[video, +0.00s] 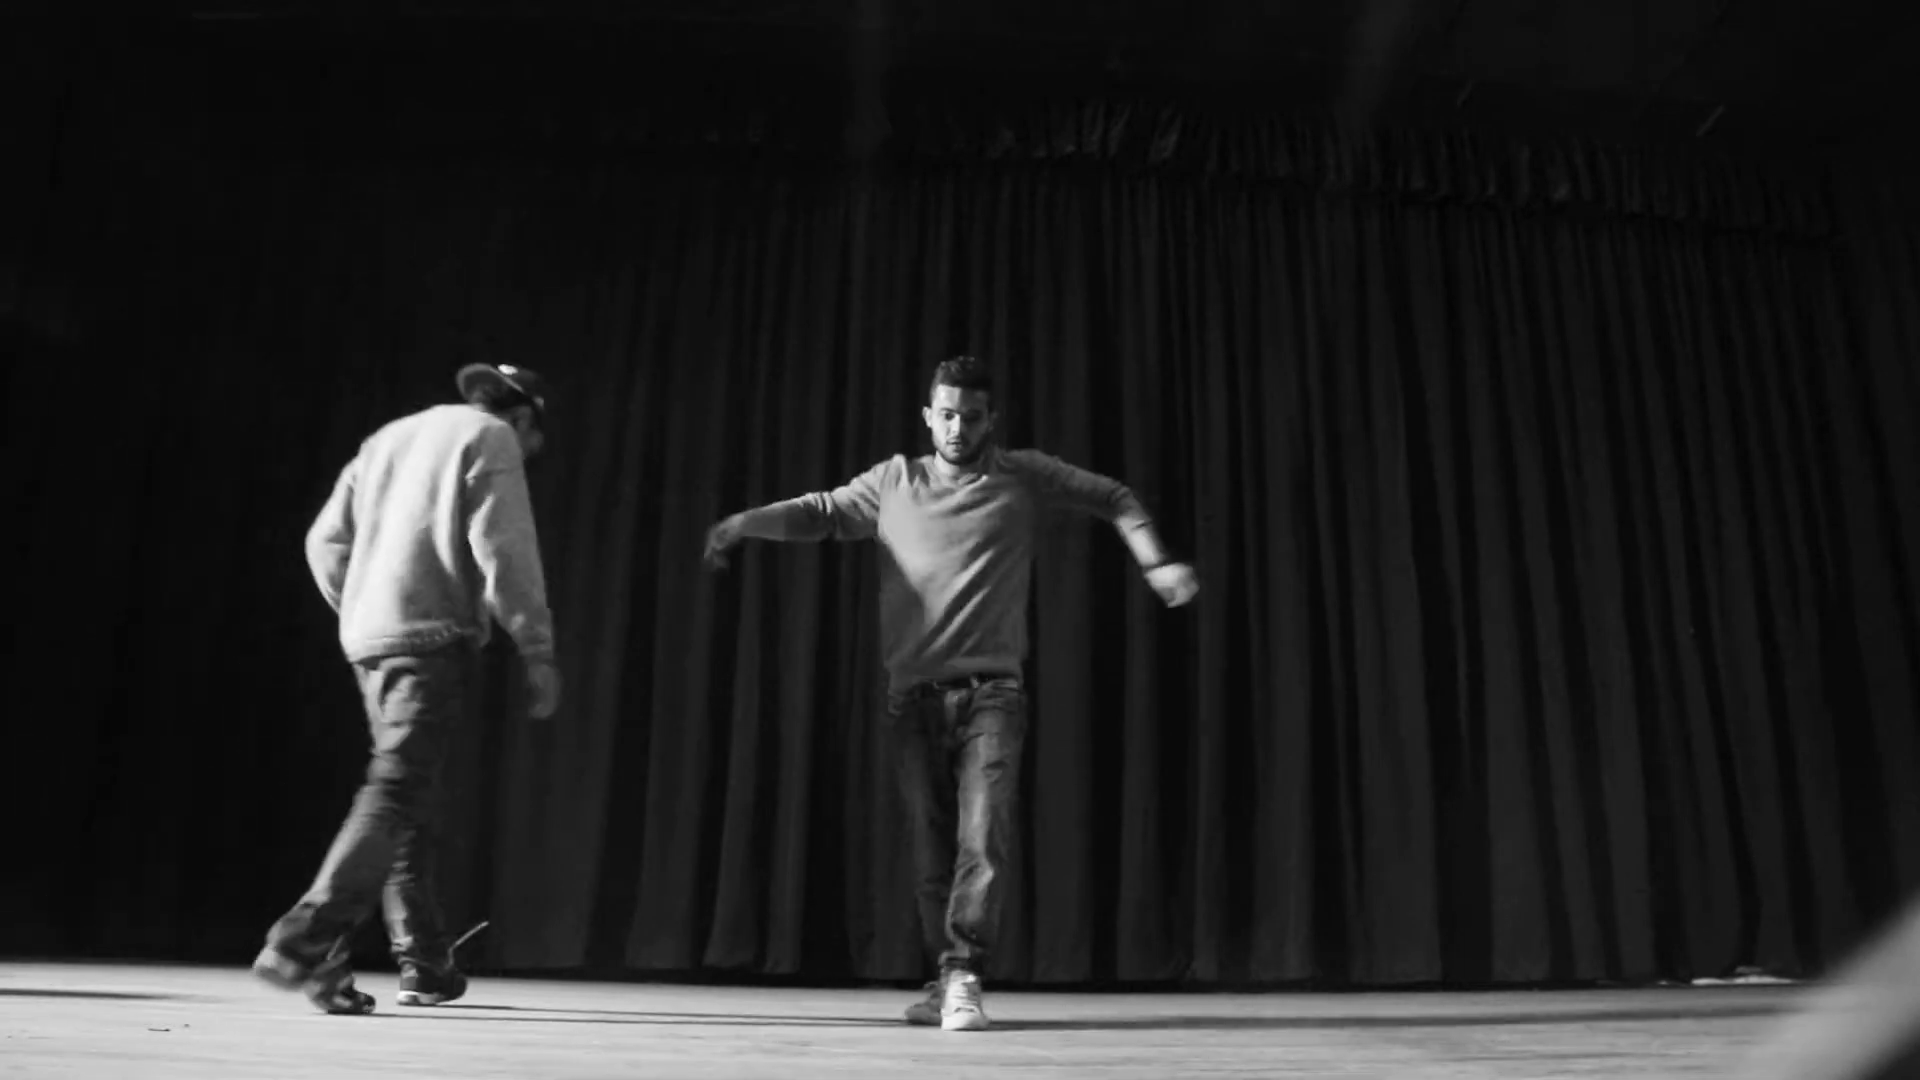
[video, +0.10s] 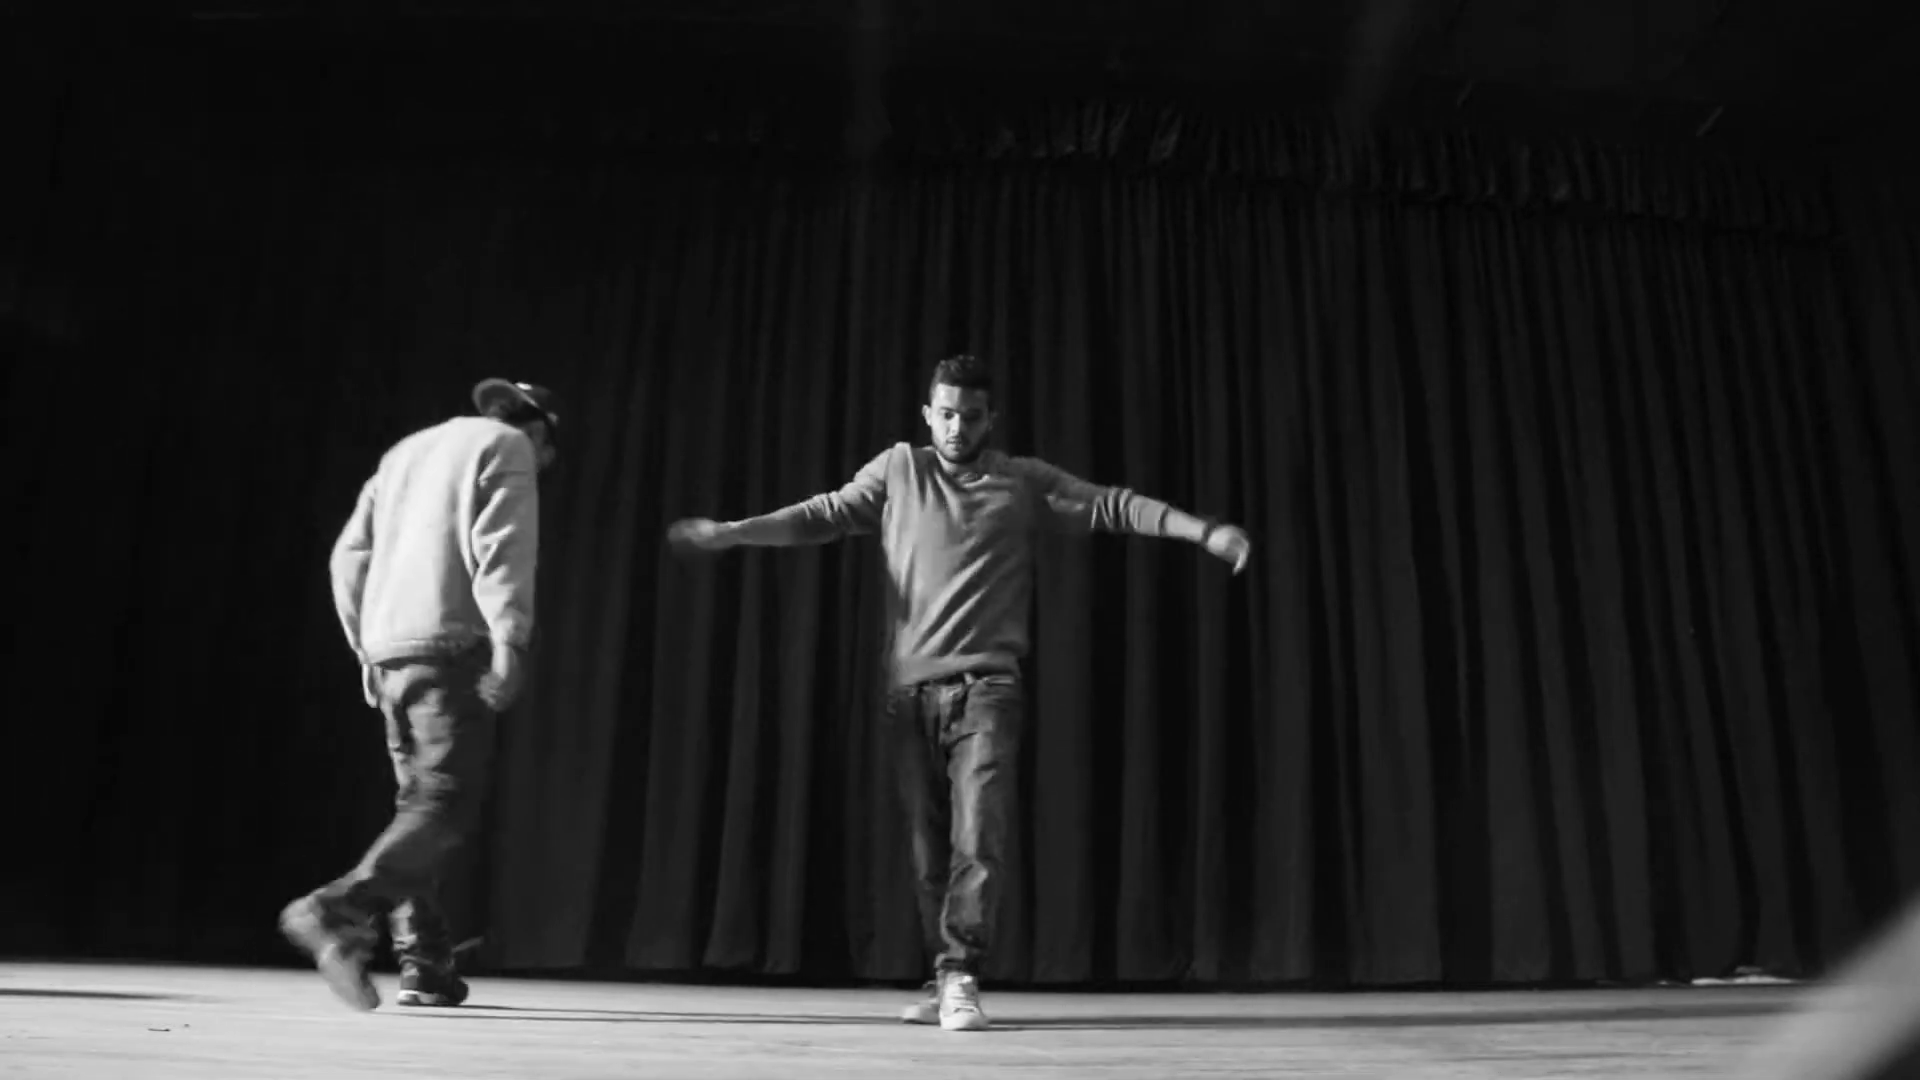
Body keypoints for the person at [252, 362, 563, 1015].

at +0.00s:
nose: (528, 449)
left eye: (532, 440)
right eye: (531, 435)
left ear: (478, 399)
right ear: (517, 414)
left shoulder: (384, 440)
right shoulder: (488, 435)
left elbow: (325, 540)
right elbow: (503, 547)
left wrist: (366, 614)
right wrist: (538, 654)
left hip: (366, 636)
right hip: (428, 634)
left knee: (404, 797)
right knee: (391, 793)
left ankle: (424, 966)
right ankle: (303, 950)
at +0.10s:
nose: (539, 458)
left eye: (543, 451)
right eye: (543, 446)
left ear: (489, 411)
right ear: (530, 426)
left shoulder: (402, 454)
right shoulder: (505, 444)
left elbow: (348, 557)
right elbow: (501, 549)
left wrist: (372, 653)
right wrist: (509, 648)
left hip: (389, 656)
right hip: (444, 650)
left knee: (418, 807)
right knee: (444, 804)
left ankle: (425, 970)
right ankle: (337, 913)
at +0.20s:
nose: (550, 472)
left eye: (555, 465)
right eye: (552, 459)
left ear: (499, 420)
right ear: (541, 436)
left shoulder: (422, 460)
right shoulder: (520, 448)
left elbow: (372, 563)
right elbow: (503, 545)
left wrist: (375, 659)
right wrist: (498, 636)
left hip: (402, 668)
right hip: (459, 663)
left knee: (422, 809)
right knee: (486, 804)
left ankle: (422, 964)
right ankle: (391, 905)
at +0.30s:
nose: (564, 476)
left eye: (569, 470)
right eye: (568, 465)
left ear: (514, 426)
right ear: (560, 443)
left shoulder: (439, 467)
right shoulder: (534, 454)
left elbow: (395, 566)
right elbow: (512, 549)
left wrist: (395, 664)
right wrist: (507, 642)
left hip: (417, 673)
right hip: (479, 666)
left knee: (428, 815)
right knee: (518, 802)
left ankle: (420, 968)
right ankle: (456, 941)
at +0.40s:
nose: (584, 484)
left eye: (589, 476)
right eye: (587, 471)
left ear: (534, 438)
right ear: (576, 451)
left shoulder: (460, 476)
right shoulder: (549, 465)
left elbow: (412, 575)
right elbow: (528, 566)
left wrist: (418, 671)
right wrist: (535, 666)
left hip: (433, 679)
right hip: (487, 674)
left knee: (435, 814)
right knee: (543, 802)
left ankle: (423, 963)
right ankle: (521, 961)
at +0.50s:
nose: (605, 494)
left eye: (610, 485)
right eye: (609, 481)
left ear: (560, 450)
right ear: (599, 462)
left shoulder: (485, 485)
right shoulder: (568, 478)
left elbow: (438, 582)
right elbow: (553, 580)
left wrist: (445, 671)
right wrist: (573, 680)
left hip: (453, 679)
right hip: (511, 676)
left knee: (445, 819)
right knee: (558, 815)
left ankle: (425, 961)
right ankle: (576, 960)